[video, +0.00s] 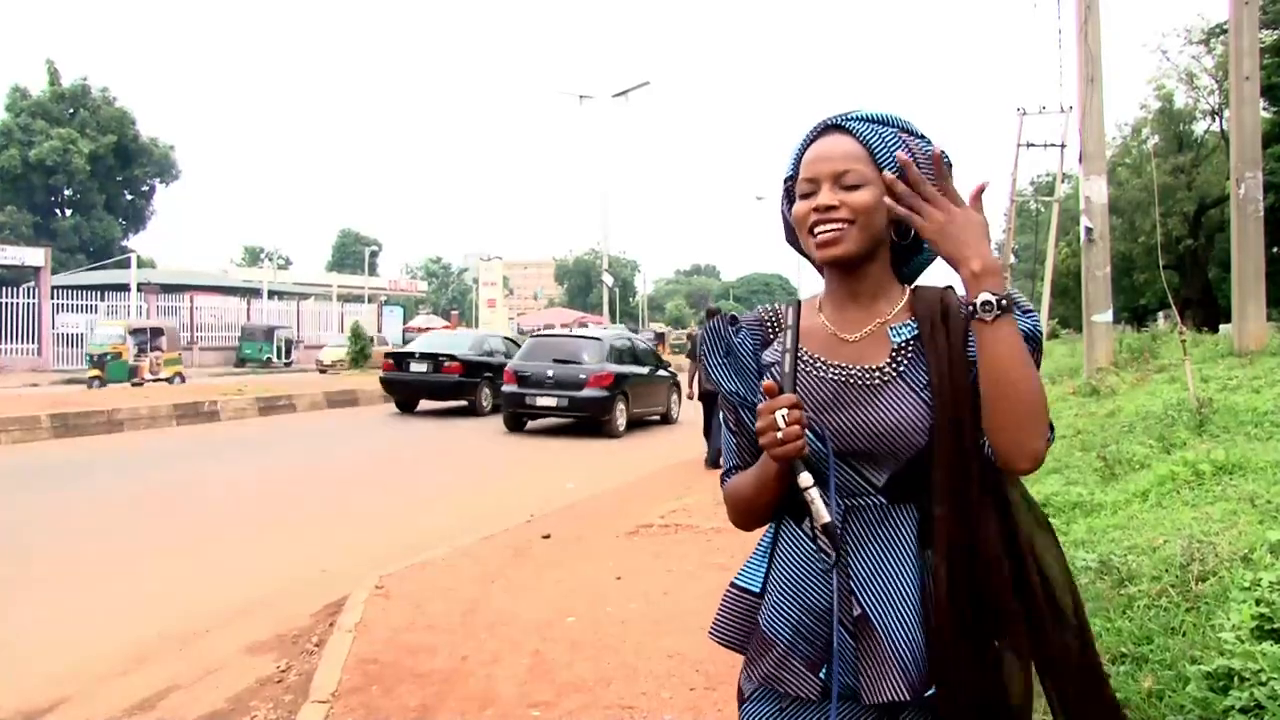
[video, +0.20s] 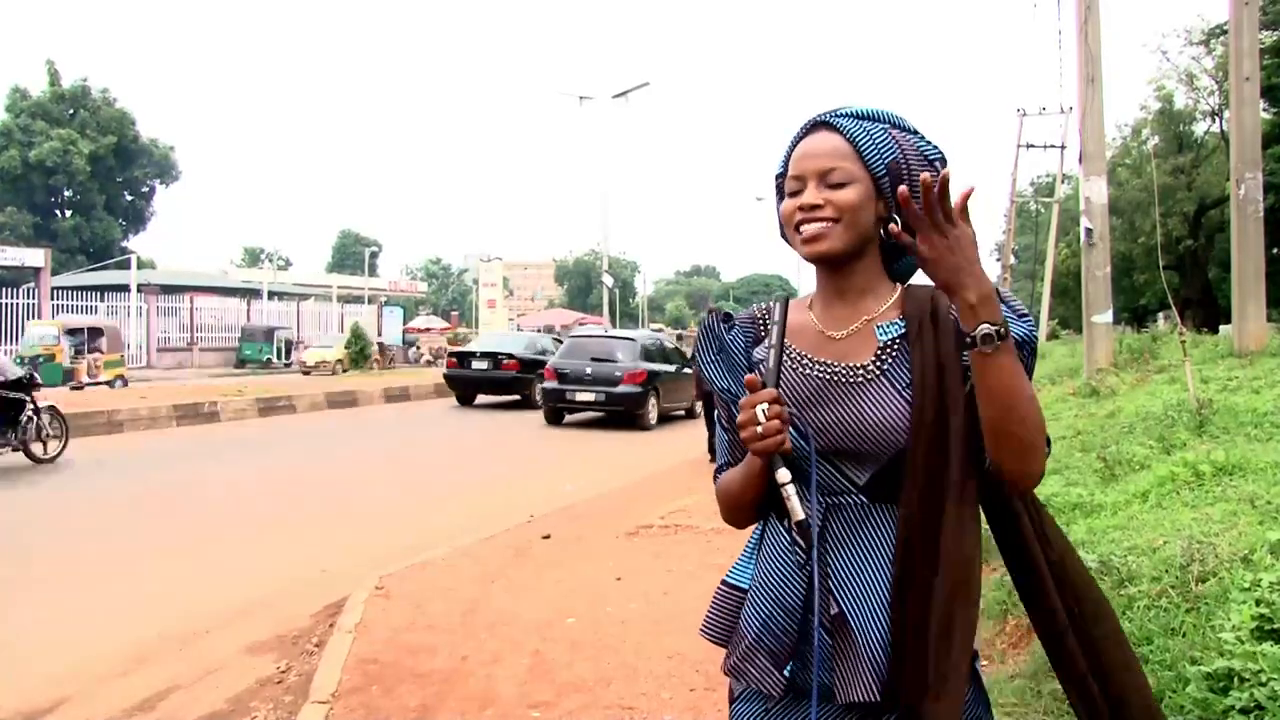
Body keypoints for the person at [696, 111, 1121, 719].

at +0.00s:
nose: (822, 203)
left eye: (849, 183)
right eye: (806, 190)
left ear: (897, 202)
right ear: (792, 216)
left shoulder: (962, 321)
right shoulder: (761, 341)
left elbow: (1023, 451)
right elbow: (741, 512)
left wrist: (980, 271)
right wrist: (775, 462)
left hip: (929, 643)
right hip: (797, 641)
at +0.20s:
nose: (808, 200)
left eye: (835, 182)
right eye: (794, 188)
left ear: (892, 203)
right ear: (781, 212)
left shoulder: (954, 318)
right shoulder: (751, 336)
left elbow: (1023, 471)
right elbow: (733, 511)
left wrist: (977, 299)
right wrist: (757, 456)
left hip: (909, 627)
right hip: (782, 626)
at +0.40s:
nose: (786, 206)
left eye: (812, 183)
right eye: (774, 193)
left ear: (870, 197)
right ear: (766, 209)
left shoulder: (944, 333)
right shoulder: (746, 337)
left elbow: (972, 503)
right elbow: (727, 508)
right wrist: (745, 462)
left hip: (896, 632)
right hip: (772, 631)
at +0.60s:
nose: (786, 206)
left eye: (813, 184)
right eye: (775, 192)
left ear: (870, 200)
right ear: (765, 208)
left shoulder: (947, 337)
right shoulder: (740, 336)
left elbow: (980, 518)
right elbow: (720, 508)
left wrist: (944, 491)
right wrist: (734, 466)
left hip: (895, 627)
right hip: (769, 623)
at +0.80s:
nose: (785, 204)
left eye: (814, 184)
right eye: (773, 190)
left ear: (867, 204)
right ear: (763, 208)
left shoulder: (939, 336)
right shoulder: (731, 337)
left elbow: (966, 516)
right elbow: (708, 507)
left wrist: (936, 474)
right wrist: (734, 468)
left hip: (898, 637)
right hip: (763, 635)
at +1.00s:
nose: (781, 205)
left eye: (810, 186)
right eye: (769, 189)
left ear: (860, 209)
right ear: (757, 207)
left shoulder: (927, 335)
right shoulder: (723, 338)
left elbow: (954, 504)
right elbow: (697, 509)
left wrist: (927, 477)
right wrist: (739, 463)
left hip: (890, 636)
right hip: (758, 634)